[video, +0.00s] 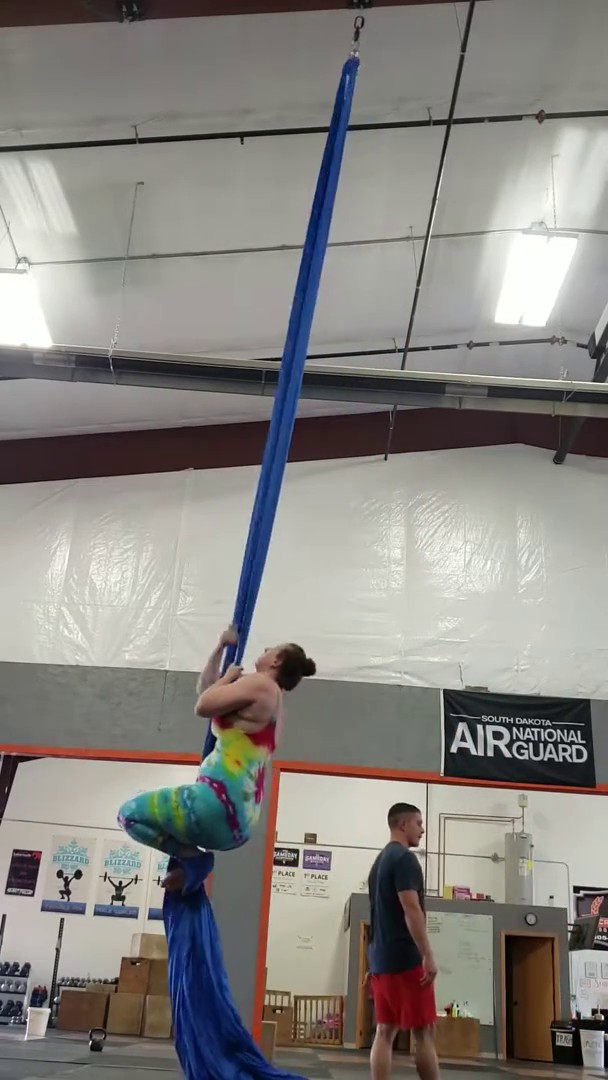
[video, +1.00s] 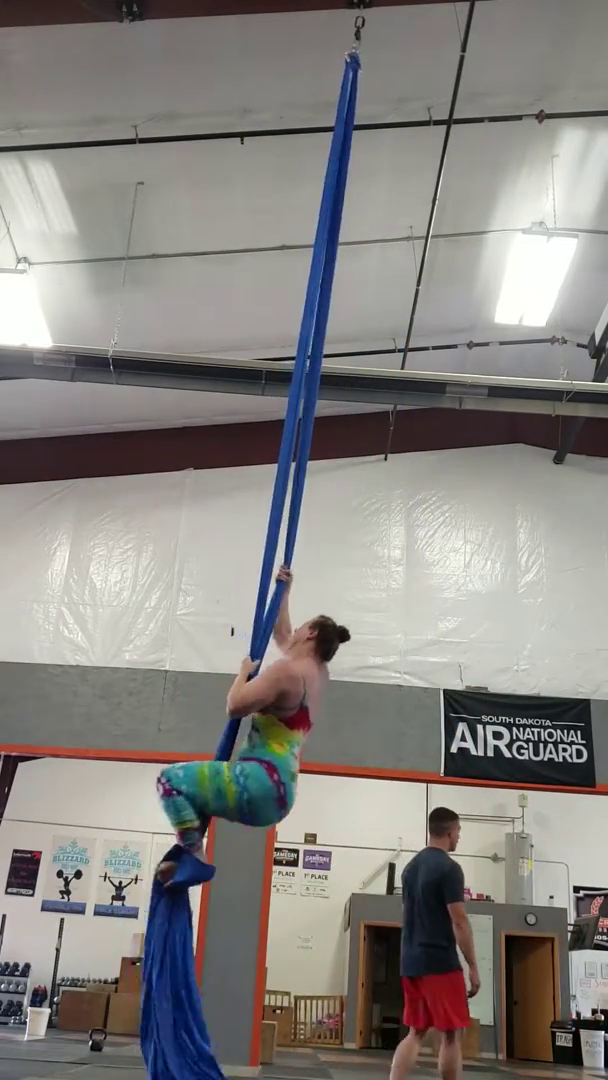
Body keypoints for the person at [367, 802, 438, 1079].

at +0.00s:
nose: (422, 829)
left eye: (421, 823)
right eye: (418, 823)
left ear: (397, 825)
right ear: (402, 824)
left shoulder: (380, 861)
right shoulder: (404, 858)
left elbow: (378, 916)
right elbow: (410, 908)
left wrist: (374, 964)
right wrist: (428, 955)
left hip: (380, 961)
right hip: (406, 960)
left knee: (385, 1032)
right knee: (424, 1032)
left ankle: (379, 1077)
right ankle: (432, 1077)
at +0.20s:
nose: (420, 829)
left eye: (419, 824)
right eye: (416, 823)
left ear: (395, 825)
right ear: (400, 824)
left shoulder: (374, 862)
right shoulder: (404, 858)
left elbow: (372, 915)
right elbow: (415, 908)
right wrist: (431, 956)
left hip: (375, 960)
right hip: (404, 959)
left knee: (381, 1031)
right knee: (422, 1030)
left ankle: (377, 1077)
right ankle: (428, 1076)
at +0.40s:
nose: (422, 830)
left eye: (422, 825)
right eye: (419, 825)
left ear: (397, 826)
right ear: (403, 825)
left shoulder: (374, 863)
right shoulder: (409, 859)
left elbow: (374, 915)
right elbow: (423, 909)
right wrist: (441, 956)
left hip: (375, 960)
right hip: (407, 958)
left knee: (380, 1032)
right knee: (427, 1030)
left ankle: (376, 1077)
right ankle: (439, 1076)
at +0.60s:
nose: (431, 832)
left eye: (430, 827)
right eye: (427, 826)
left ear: (406, 828)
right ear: (411, 826)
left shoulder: (383, 863)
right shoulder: (418, 861)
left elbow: (381, 913)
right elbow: (432, 912)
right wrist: (453, 952)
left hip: (381, 959)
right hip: (412, 960)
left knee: (382, 1031)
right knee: (430, 1031)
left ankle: (377, 1077)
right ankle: (441, 1077)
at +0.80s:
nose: (445, 834)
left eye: (445, 828)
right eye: (443, 828)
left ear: (419, 829)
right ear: (428, 829)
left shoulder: (399, 864)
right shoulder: (432, 865)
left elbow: (395, 914)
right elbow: (446, 918)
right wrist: (464, 961)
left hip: (395, 961)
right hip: (425, 963)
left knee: (392, 1032)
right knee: (438, 1035)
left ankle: (381, 1077)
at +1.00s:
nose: (459, 837)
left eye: (459, 832)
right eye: (458, 832)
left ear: (430, 832)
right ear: (452, 833)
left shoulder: (411, 866)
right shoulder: (448, 867)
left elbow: (409, 917)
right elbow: (459, 920)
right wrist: (472, 966)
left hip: (410, 962)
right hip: (441, 963)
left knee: (416, 1032)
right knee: (452, 1035)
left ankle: (395, 1076)